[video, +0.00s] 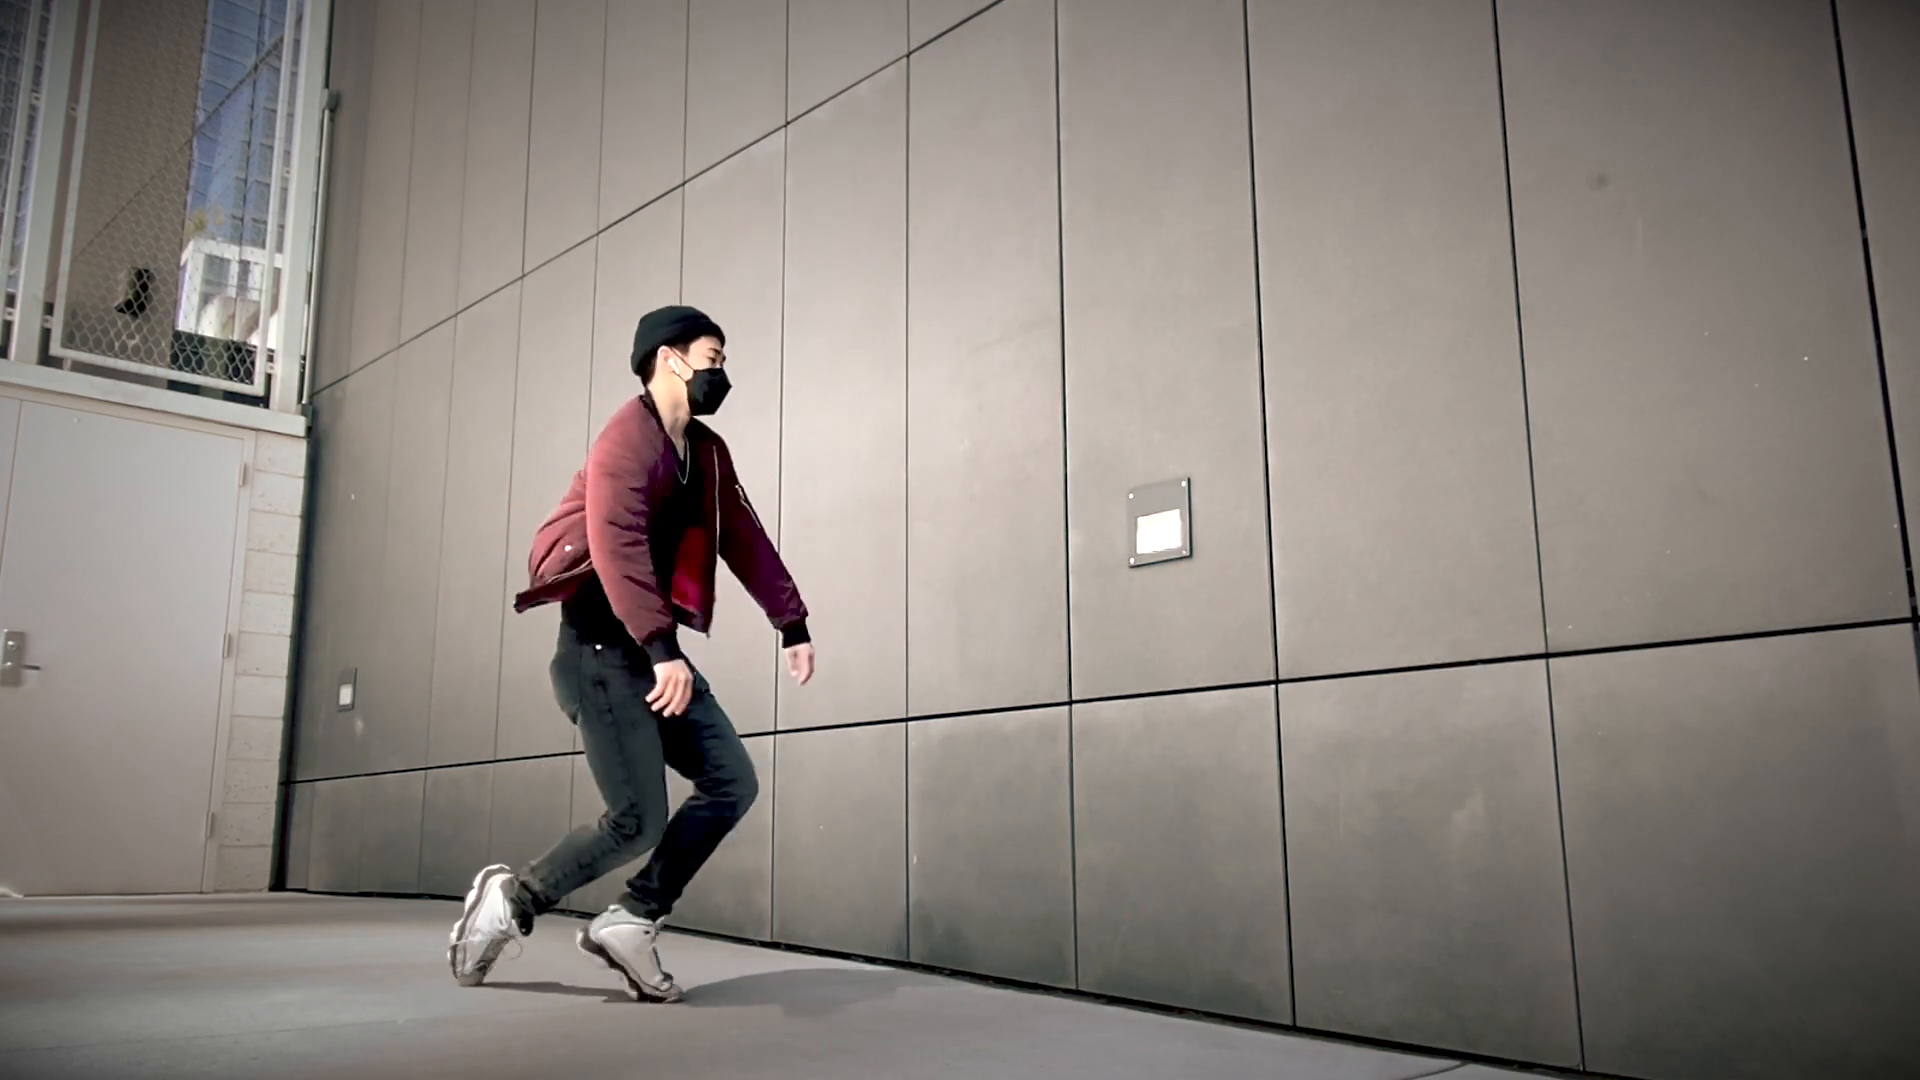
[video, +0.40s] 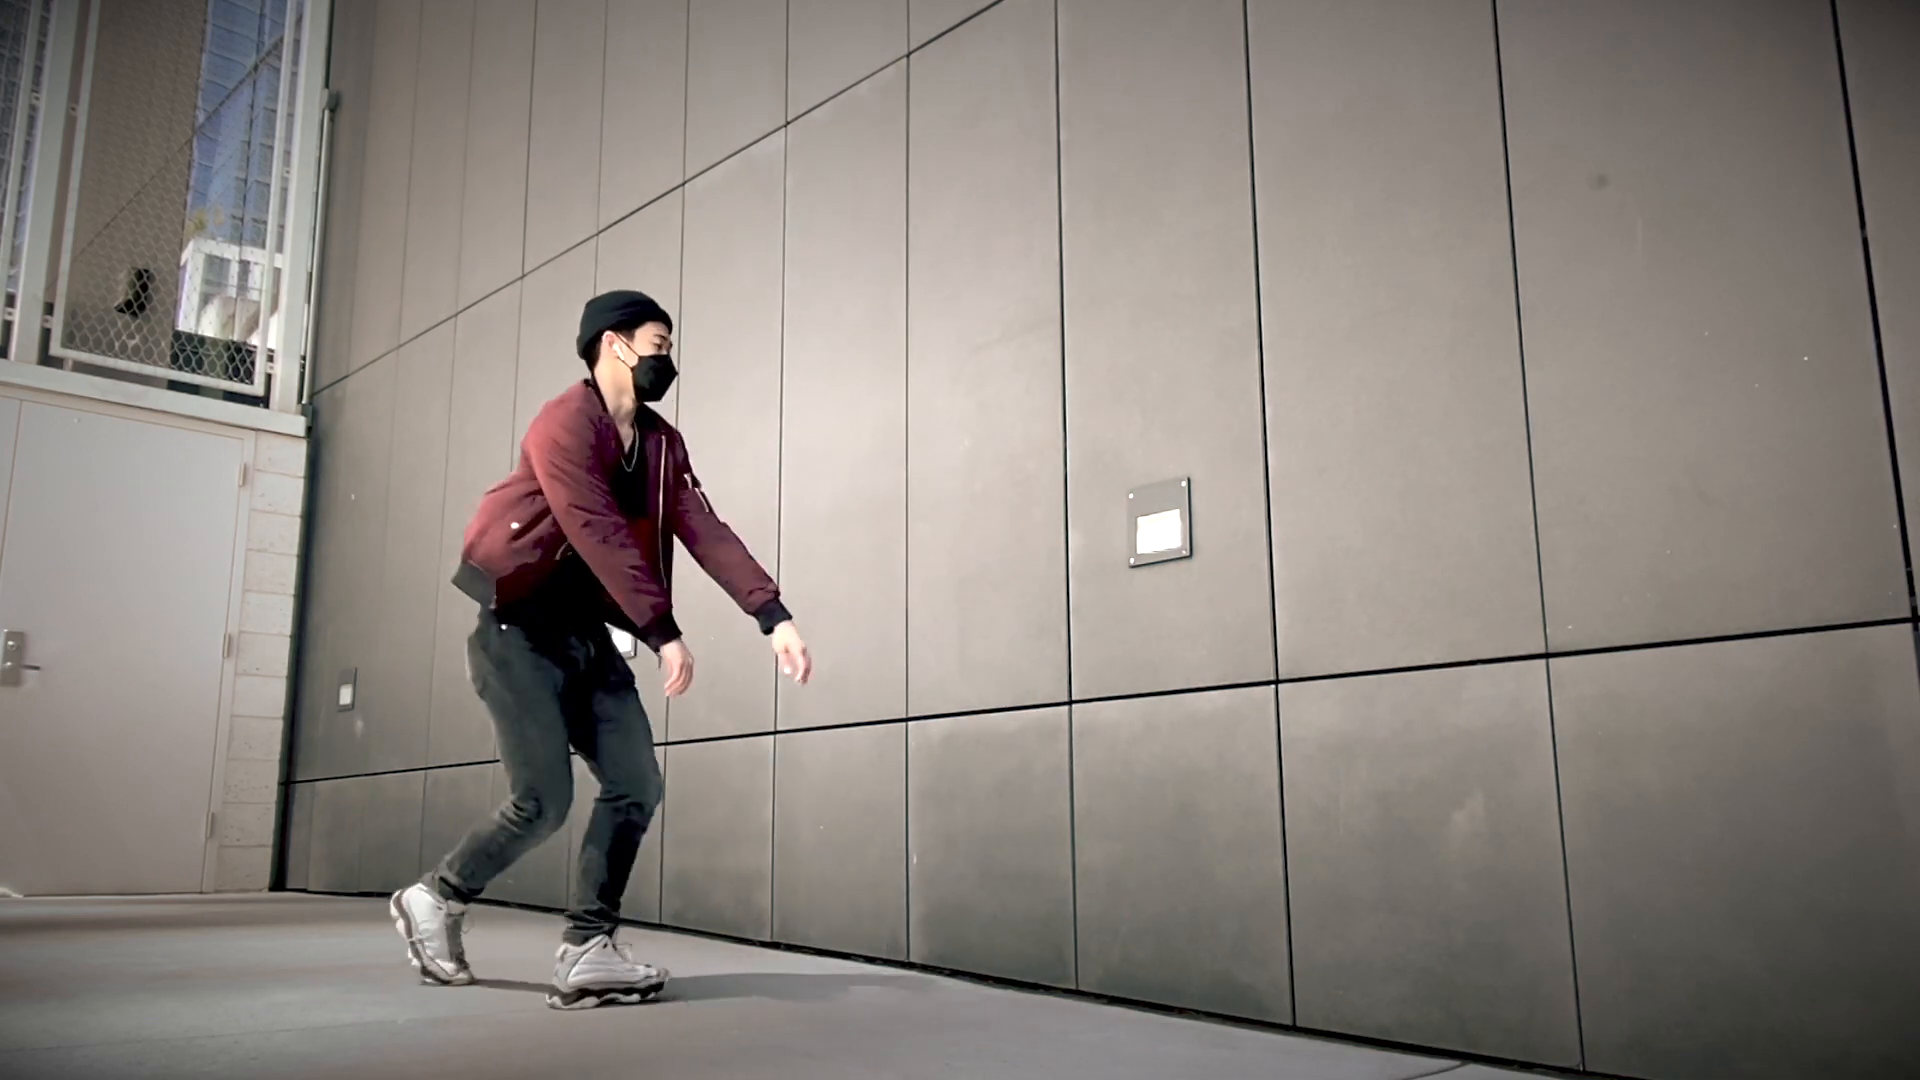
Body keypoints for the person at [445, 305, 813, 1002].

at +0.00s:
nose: (722, 367)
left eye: (724, 359)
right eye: (711, 354)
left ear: (682, 363)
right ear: (667, 358)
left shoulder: (706, 451)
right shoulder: (630, 434)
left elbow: (744, 536)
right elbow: (615, 544)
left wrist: (791, 623)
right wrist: (663, 649)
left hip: (651, 650)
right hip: (597, 651)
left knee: (730, 785)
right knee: (636, 823)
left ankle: (632, 921)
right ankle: (508, 901)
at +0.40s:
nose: (670, 355)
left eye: (671, 346)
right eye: (657, 343)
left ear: (645, 354)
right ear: (610, 346)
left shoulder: (661, 443)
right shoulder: (564, 423)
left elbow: (705, 532)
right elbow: (594, 530)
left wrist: (774, 614)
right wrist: (663, 631)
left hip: (588, 639)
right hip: (515, 632)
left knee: (633, 788)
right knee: (543, 798)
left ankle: (585, 949)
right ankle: (433, 900)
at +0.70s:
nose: (604, 309)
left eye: (614, 302)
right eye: (587, 298)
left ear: (623, 317)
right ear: (550, 310)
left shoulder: (641, 402)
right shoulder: (503, 387)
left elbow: (644, 493)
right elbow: (525, 494)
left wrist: (647, 577)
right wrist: (623, 563)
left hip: (572, 602)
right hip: (487, 595)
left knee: (560, 769)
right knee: (474, 765)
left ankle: (556, 941)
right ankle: (437, 908)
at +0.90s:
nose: (541, 285)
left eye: (558, 274)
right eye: (527, 275)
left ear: (586, 291)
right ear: (510, 293)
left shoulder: (618, 380)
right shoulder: (478, 378)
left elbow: (576, 460)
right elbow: (477, 476)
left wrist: (500, 527)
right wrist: (562, 531)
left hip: (562, 597)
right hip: (483, 590)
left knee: (531, 770)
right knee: (445, 762)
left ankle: (536, 946)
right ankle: (461, 903)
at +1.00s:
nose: (511, 281)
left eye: (527, 267)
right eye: (500, 270)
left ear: (567, 280)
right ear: (491, 286)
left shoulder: (598, 367)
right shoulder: (477, 371)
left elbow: (540, 447)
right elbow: (458, 465)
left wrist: (423, 504)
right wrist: (496, 527)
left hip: (564, 589)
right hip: (496, 586)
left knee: (522, 769)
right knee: (461, 764)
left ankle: (528, 951)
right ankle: (482, 912)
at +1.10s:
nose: (483, 279)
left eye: (497, 264)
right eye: (478, 269)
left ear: (546, 272)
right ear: (479, 282)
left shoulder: (576, 352)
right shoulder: (476, 373)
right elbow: (446, 459)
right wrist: (435, 518)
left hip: (566, 582)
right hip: (507, 586)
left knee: (488, 756)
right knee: (484, 757)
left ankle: (515, 939)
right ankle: (513, 923)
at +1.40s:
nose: (471, 288)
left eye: (482, 273)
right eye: (469, 277)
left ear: (531, 271)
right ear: (516, 281)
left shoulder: (549, 340)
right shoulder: (497, 366)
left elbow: (512, 441)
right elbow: (443, 464)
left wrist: (447, 444)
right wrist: (355, 498)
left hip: (550, 592)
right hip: (565, 592)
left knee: (425, 747)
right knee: (565, 773)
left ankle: (474, 921)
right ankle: (654, 918)